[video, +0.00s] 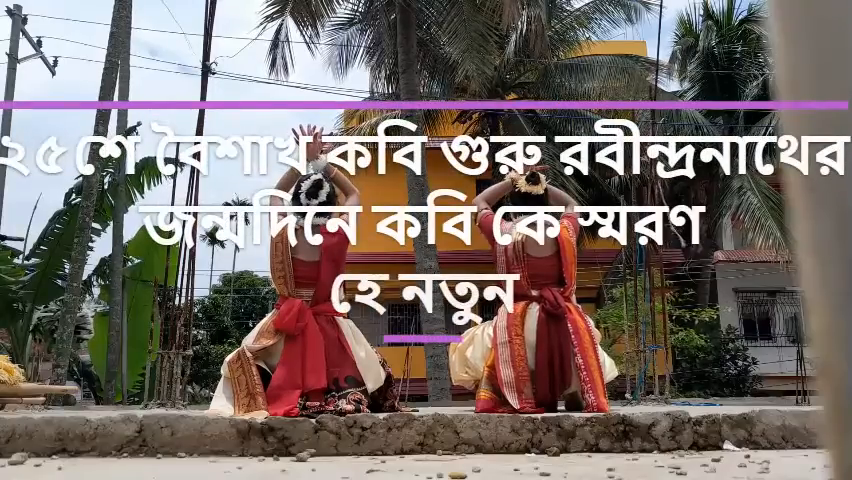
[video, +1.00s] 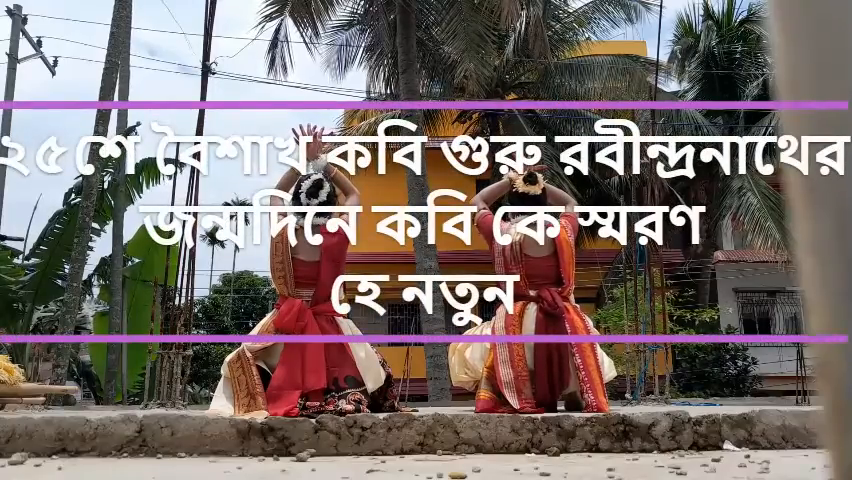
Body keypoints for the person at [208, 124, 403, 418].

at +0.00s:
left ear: (295, 203)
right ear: (330, 203)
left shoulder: (284, 235)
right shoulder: (337, 236)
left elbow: (277, 195)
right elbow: (352, 195)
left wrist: (303, 162)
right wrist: (324, 164)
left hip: (290, 330)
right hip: (330, 329)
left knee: (241, 362)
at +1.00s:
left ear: (295, 203)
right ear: (330, 203)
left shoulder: (284, 234)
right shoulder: (337, 235)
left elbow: (277, 196)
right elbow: (351, 194)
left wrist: (302, 162)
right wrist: (322, 163)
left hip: (289, 325)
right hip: (329, 325)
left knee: (240, 361)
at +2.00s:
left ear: (296, 203)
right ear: (331, 203)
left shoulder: (284, 234)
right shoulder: (337, 236)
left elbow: (277, 196)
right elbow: (351, 195)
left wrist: (302, 162)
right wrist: (323, 164)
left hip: (289, 328)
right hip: (330, 328)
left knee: (241, 361)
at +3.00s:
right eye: (321, 197)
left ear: (293, 201)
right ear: (329, 201)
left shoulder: (281, 232)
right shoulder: (338, 234)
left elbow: (269, 194)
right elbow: (365, 189)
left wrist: (289, 152)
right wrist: (337, 160)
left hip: (287, 333)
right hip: (330, 333)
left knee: (240, 362)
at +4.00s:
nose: (337, 203)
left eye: (335, 197)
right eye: (335, 198)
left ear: (297, 203)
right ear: (332, 203)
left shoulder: (277, 234)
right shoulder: (342, 235)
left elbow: (255, 207)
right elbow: (391, 213)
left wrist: (249, 175)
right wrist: (407, 183)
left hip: (287, 333)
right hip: (331, 333)